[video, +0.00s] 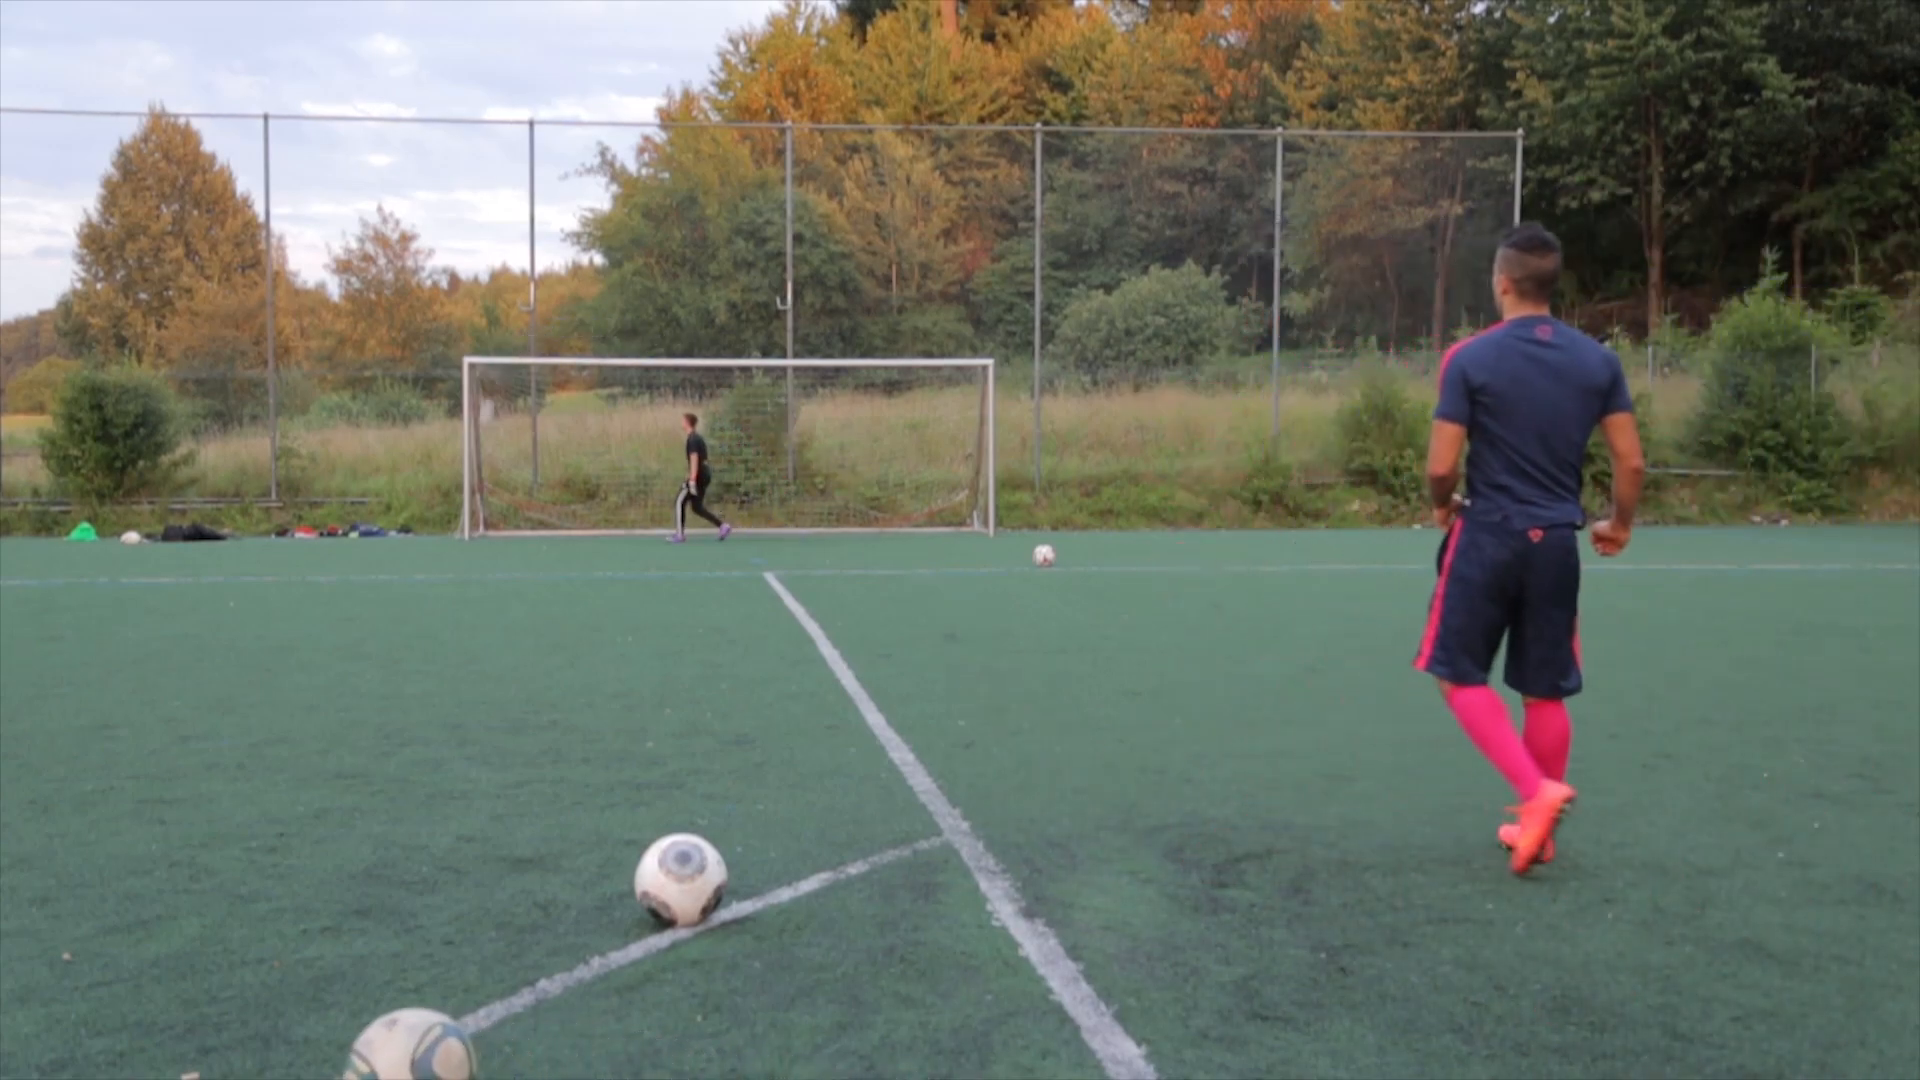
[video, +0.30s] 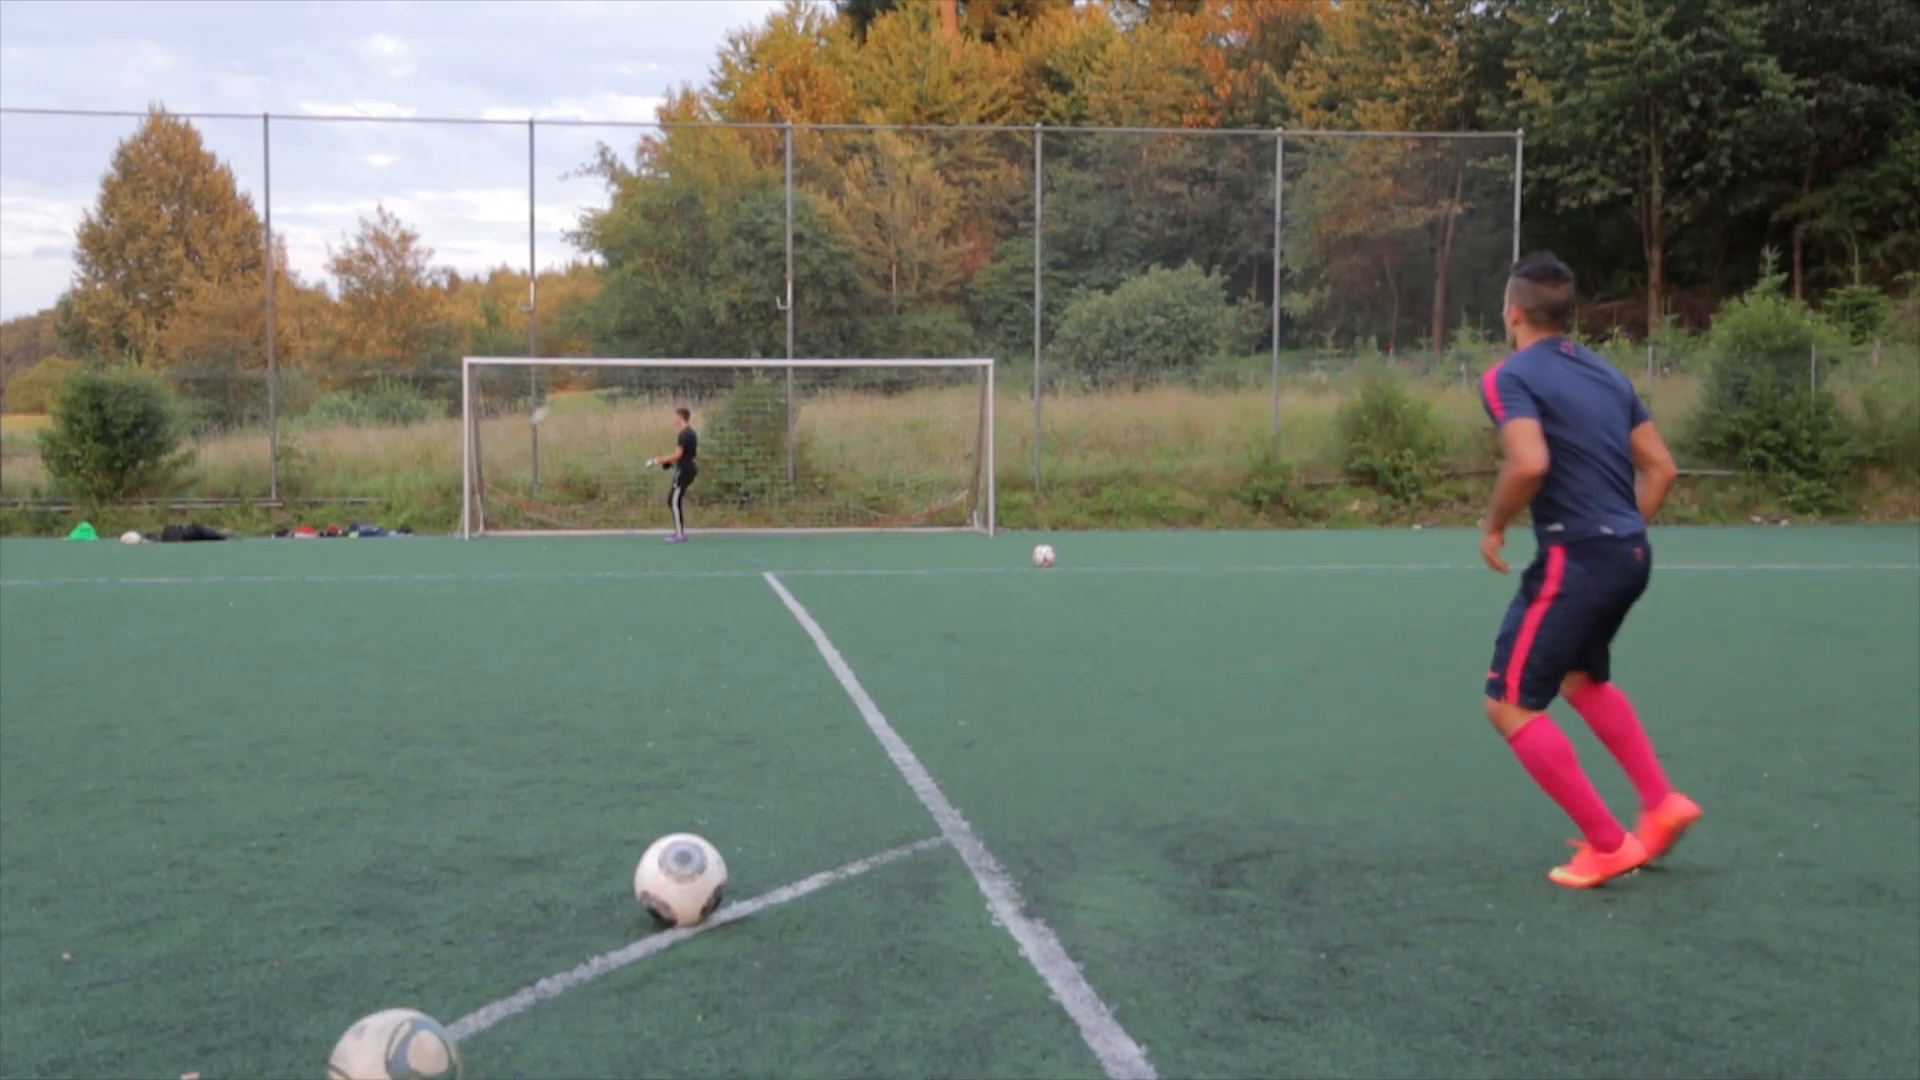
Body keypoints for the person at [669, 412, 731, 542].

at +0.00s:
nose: (682, 424)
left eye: (684, 421)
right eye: (683, 421)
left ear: (688, 423)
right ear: (693, 423)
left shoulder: (692, 439)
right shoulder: (697, 438)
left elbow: (694, 461)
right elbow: (700, 459)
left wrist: (692, 480)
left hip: (697, 475)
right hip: (703, 474)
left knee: (680, 501)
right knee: (697, 506)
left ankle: (679, 534)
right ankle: (721, 526)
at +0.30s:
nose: (675, 420)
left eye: (676, 417)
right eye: (676, 417)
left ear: (681, 418)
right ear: (686, 418)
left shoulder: (685, 434)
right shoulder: (689, 433)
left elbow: (678, 454)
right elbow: (685, 454)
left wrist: (659, 460)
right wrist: (670, 461)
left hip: (685, 468)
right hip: (687, 467)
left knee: (675, 500)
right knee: (673, 500)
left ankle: (679, 534)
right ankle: (679, 532)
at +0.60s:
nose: (671, 418)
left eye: (673, 415)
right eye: (673, 415)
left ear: (676, 416)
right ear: (682, 416)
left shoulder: (681, 433)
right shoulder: (681, 432)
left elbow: (678, 455)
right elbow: (677, 455)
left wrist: (663, 465)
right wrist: (666, 466)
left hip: (679, 469)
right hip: (678, 468)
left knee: (673, 500)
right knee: (671, 500)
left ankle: (679, 533)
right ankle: (679, 532)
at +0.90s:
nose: (671, 419)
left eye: (673, 415)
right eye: (670, 416)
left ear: (678, 416)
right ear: (668, 417)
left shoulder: (682, 433)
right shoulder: (674, 433)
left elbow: (683, 454)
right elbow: (677, 453)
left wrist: (672, 470)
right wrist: (671, 470)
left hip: (681, 470)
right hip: (675, 470)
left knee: (675, 500)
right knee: (672, 500)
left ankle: (680, 533)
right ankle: (679, 532)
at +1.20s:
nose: (671, 417)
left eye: (673, 414)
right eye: (669, 414)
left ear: (677, 415)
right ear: (667, 416)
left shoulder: (683, 433)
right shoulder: (671, 433)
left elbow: (686, 455)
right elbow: (672, 456)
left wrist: (684, 474)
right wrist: (667, 472)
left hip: (681, 471)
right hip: (674, 471)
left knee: (677, 500)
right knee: (673, 500)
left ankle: (682, 532)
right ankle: (680, 531)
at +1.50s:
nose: (672, 417)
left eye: (674, 414)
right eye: (670, 414)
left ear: (679, 415)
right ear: (668, 416)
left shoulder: (684, 432)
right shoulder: (673, 433)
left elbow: (689, 455)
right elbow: (671, 455)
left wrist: (688, 474)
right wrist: (660, 469)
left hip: (681, 470)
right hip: (673, 469)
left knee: (681, 501)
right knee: (672, 501)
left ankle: (684, 532)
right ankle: (679, 530)